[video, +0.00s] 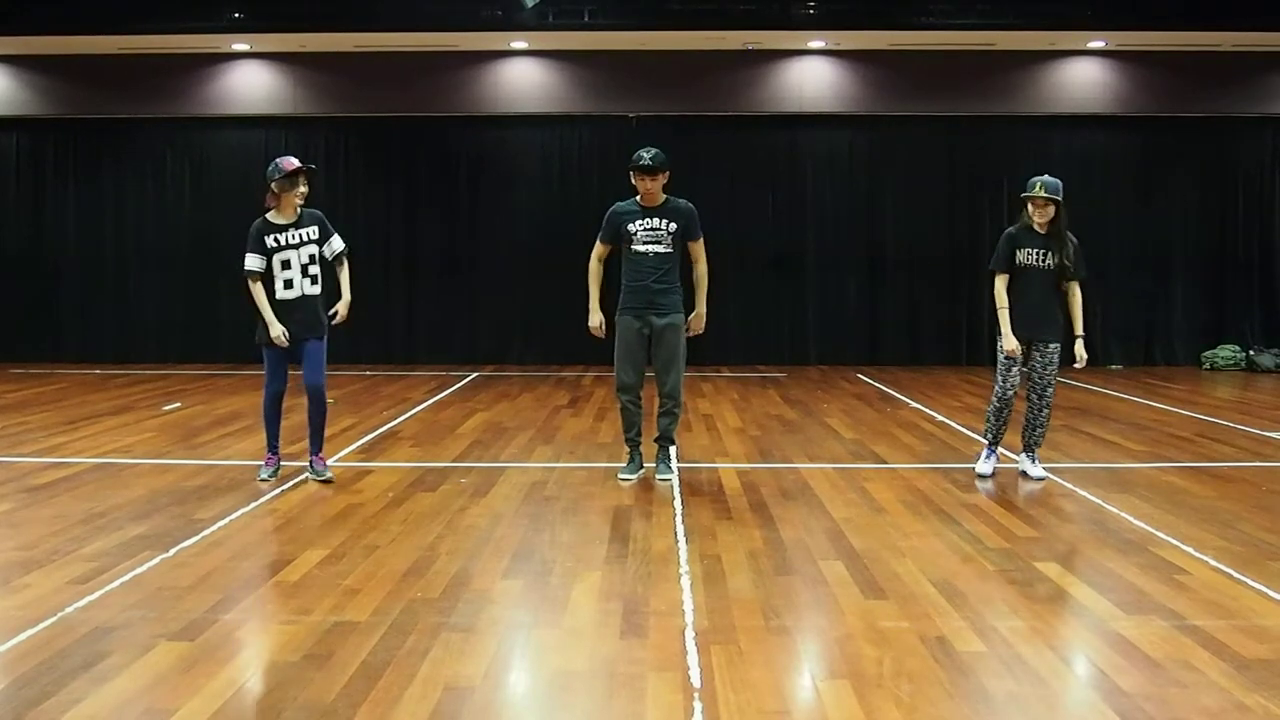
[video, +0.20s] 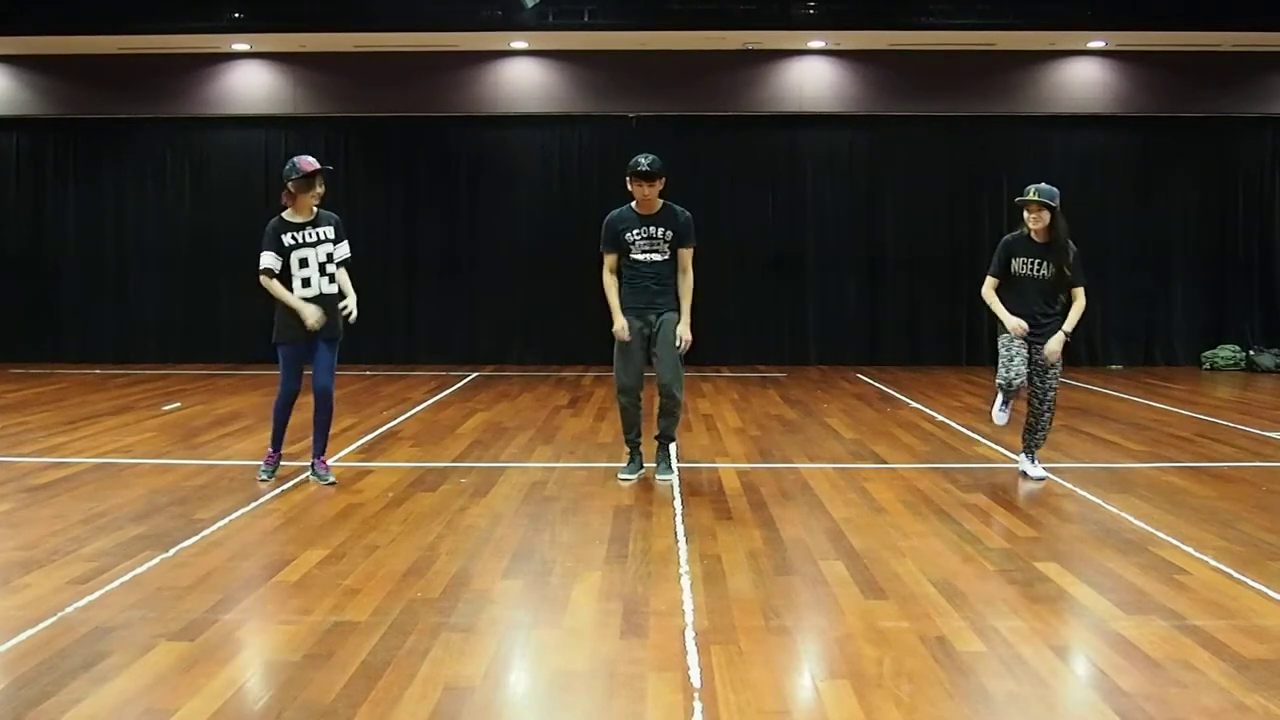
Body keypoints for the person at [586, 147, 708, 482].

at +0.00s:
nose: (646, 181)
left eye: (652, 174)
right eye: (640, 175)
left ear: (664, 176)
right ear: (633, 176)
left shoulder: (684, 212)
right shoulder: (619, 213)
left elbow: (698, 261)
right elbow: (597, 258)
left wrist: (700, 309)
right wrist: (594, 308)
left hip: (670, 314)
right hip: (629, 314)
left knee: (670, 388)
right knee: (627, 387)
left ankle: (665, 451)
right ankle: (633, 453)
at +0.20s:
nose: (644, 188)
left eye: (650, 181)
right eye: (638, 181)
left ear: (661, 182)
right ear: (629, 183)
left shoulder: (680, 220)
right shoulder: (615, 221)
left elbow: (685, 271)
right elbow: (609, 272)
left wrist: (685, 320)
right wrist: (617, 317)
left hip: (668, 313)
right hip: (630, 314)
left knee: (670, 385)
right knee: (627, 387)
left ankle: (665, 449)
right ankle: (633, 453)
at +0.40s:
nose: (647, 196)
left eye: (653, 189)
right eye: (640, 189)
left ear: (663, 191)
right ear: (631, 192)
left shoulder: (680, 223)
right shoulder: (617, 228)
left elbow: (687, 273)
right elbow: (617, 280)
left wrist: (671, 278)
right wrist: (644, 261)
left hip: (671, 308)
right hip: (632, 314)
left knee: (686, 349)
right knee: (624, 387)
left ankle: (670, 411)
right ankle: (633, 454)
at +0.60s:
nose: (659, 185)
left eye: (666, 179)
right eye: (653, 179)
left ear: (676, 182)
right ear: (643, 181)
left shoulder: (690, 218)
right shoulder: (628, 214)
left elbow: (688, 267)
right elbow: (624, 258)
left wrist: (667, 237)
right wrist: (648, 217)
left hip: (679, 315)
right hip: (637, 316)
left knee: (699, 377)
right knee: (630, 387)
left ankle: (689, 446)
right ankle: (634, 454)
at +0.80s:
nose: (667, 178)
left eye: (675, 172)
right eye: (662, 172)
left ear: (688, 179)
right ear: (656, 178)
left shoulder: (704, 217)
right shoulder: (642, 212)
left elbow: (688, 255)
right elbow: (633, 249)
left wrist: (666, 215)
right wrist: (655, 209)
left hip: (687, 316)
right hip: (647, 311)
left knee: (694, 392)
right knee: (630, 366)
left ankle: (690, 453)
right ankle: (636, 428)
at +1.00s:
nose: (669, 172)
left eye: (677, 166)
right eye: (664, 166)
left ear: (690, 173)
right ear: (658, 173)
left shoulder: (708, 211)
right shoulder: (645, 210)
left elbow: (697, 249)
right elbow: (636, 246)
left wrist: (671, 211)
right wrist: (657, 204)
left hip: (692, 315)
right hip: (652, 310)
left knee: (693, 390)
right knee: (639, 370)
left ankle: (690, 453)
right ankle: (651, 437)